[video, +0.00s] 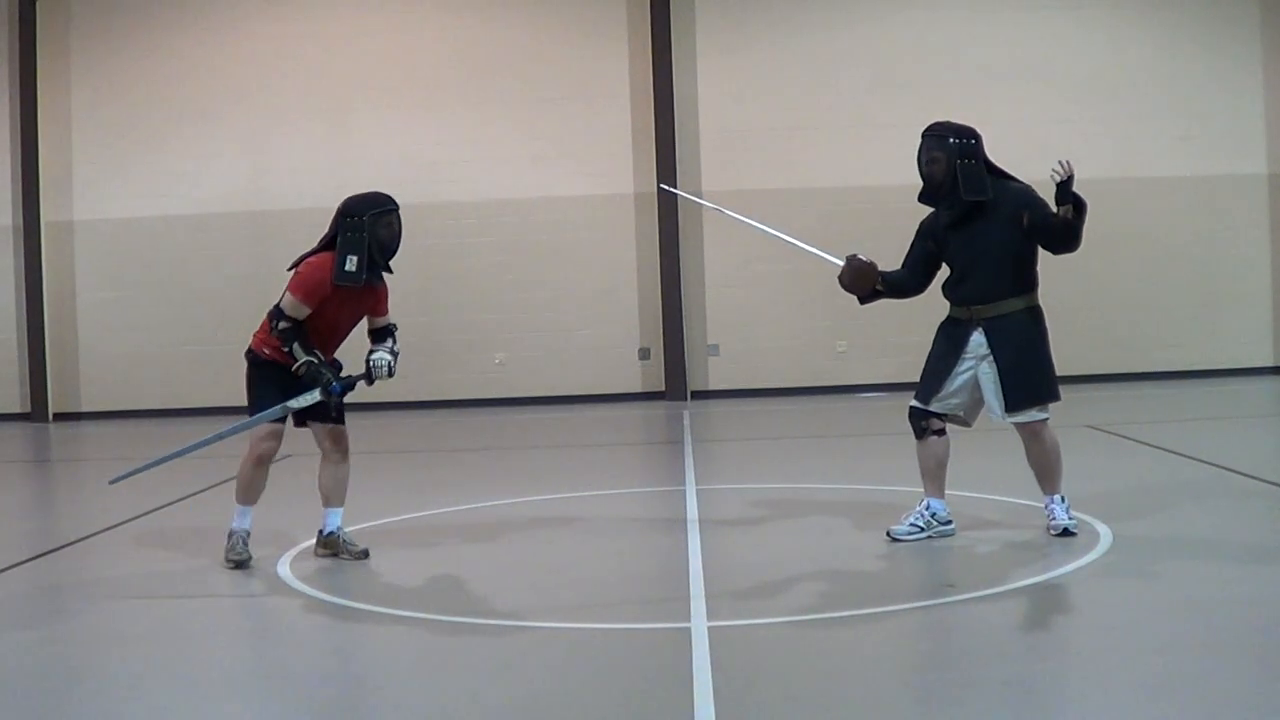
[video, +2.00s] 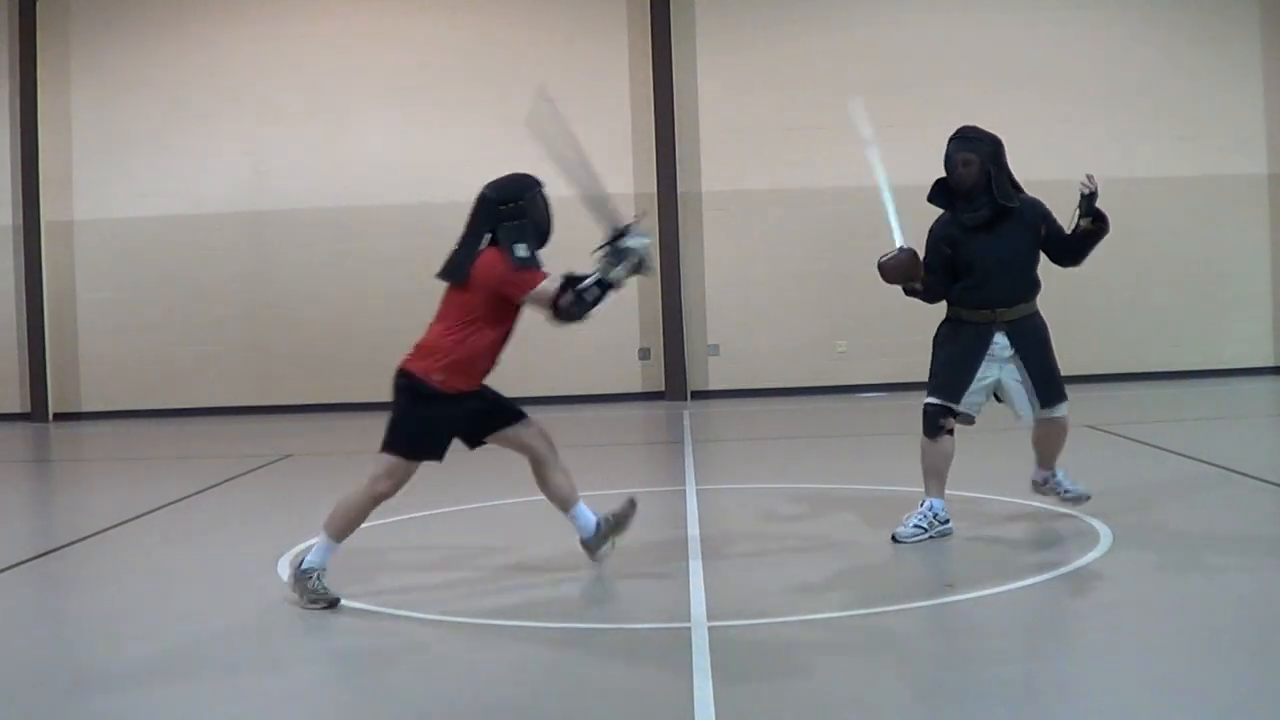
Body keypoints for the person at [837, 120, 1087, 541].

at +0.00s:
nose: (926, 169)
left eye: (934, 159)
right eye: (923, 160)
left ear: (961, 159)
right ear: (925, 163)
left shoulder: (1016, 198)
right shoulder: (939, 221)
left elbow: (1063, 242)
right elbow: (912, 279)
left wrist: (1069, 206)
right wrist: (872, 280)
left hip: (1014, 324)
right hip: (960, 326)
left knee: (1030, 418)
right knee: (927, 414)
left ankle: (1055, 503)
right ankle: (934, 509)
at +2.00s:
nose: (957, 173)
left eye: (966, 164)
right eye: (952, 165)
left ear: (989, 165)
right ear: (947, 170)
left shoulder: (1027, 211)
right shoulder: (946, 227)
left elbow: (1066, 254)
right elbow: (937, 290)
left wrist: (1088, 224)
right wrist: (913, 282)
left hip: (1022, 325)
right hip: (965, 329)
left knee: (1053, 410)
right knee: (937, 414)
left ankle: (1045, 476)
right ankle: (934, 509)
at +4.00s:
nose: (1090, 235)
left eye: (1096, 227)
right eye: (1084, 229)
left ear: (1112, 229)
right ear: (1077, 236)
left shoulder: (1141, 264)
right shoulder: (1079, 277)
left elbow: (1176, 265)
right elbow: (1046, 283)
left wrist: (1208, 248)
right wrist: (1032, 263)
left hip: (1150, 356)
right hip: (1101, 359)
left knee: (1200, 425)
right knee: (1085, 406)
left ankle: (1211, 445)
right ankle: (1057, 476)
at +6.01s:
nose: (1021, 187)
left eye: (1027, 180)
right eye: (1015, 181)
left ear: (1041, 185)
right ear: (1005, 188)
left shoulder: (1065, 228)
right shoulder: (997, 237)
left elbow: (1090, 257)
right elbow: (968, 279)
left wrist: (1086, 299)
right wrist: (940, 260)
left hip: (1060, 324)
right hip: (1014, 328)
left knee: (1075, 399)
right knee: (1010, 402)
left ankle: (1057, 466)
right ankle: (993, 478)